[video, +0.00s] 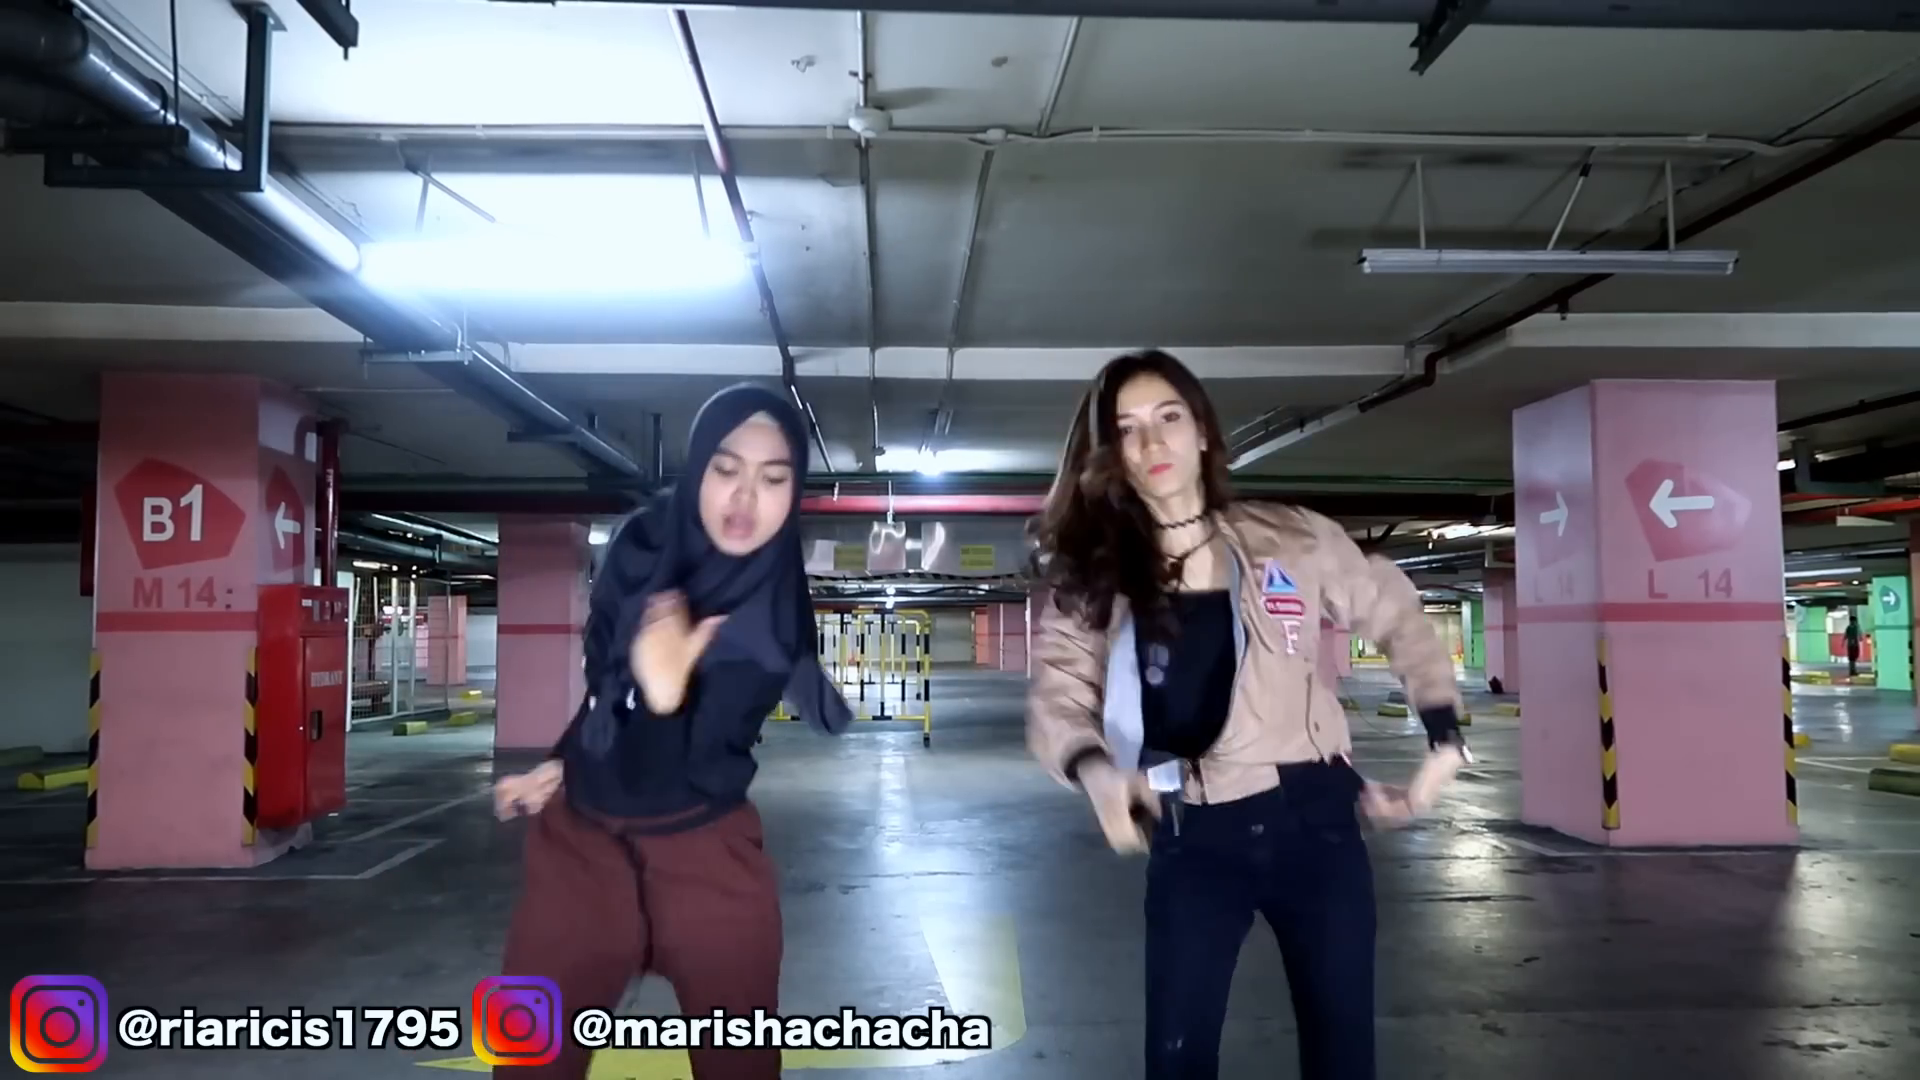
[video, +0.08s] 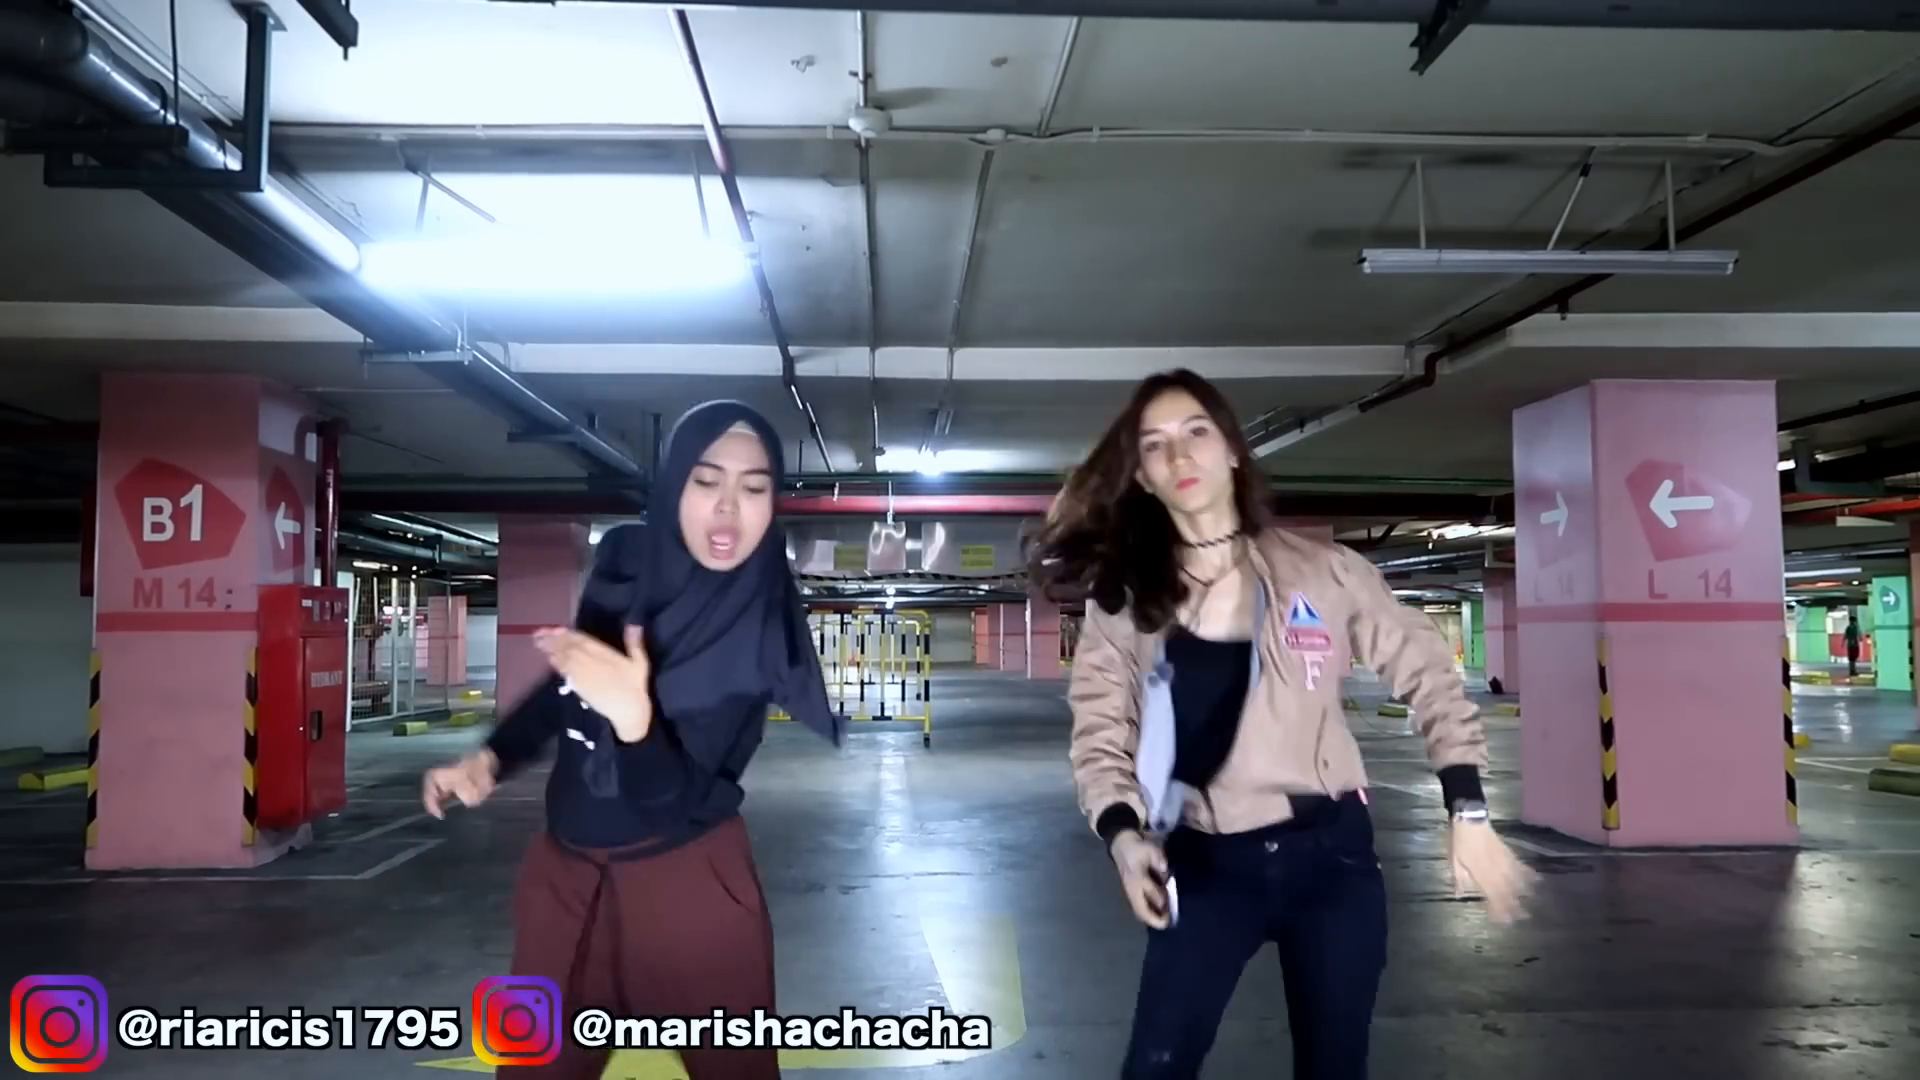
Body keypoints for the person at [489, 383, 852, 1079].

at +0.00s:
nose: (745, 498)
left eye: (772, 477)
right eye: (727, 469)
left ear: (796, 494)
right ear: (694, 473)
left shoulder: (775, 606)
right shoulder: (640, 550)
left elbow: (688, 769)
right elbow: (611, 684)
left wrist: (662, 704)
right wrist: (561, 763)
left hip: (708, 847)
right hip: (582, 840)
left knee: (740, 1064)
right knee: (529, 1060)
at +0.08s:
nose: (729, 509)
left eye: (754, 487)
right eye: (707, 482)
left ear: (775, 502)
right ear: (671, 488)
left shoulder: (760, 618)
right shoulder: (626, 557)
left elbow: (682, 800)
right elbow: (572, 676)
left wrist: (635, 722)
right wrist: (492, 758)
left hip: (690, 877)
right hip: (567, 872)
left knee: (735, 1068)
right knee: (537, 1067)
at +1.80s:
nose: (585, 573)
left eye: (606, 546)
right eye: (559, 551)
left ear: (635, 549)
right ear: (537, 561)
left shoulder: (691, 597)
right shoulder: (530, 693)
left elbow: (806, 642)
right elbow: (554, 883)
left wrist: (731, 751)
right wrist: (537, 1027)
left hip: (670, 874)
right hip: (546, 875)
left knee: (769, 1064)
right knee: (457, 1062)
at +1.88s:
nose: (628, 582)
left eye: (646, 555)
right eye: (602, 561)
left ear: (674, 559)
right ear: (579, 574)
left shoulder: (730, 610)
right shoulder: (574, 691)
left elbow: (844, 639)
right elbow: (608, 850)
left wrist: (794, 704)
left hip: (696, 888)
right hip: (584, 876)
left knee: (778, 1066)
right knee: (495, 1058)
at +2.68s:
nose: (657, 523)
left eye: (669, 501)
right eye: (635, 501)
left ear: (679, 505)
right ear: (585, 501)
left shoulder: (642, 599)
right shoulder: (547, 627)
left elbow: (677, 694)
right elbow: (576, 814)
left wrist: (680, 750)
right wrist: (616, 982)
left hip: (583, 837)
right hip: (495, 856)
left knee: (762, 862)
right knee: (518, 1057)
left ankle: (600, 1027)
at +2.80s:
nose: (647, 573)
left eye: (655, 550)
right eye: (621, 554)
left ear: (665, 544)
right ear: (565, 556)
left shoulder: (641, 618)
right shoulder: (535, 671)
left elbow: (712, 615)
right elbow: (609, 847)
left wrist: (726, 690)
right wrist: (712, 971)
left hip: (574, 868)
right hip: (480, 896)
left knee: (730, 791)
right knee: (493, 1064)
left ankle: (625, 1002)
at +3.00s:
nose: (664, 569)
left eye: (672, 547)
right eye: (640, 550)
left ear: (683, 545)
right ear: (587, 551)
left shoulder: (664, 631)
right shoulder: (550, 658)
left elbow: (732, 676)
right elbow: (588, 823)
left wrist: (778, 651)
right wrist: (658, 963)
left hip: (593, 882)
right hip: (498, 887)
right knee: (514, 1061)